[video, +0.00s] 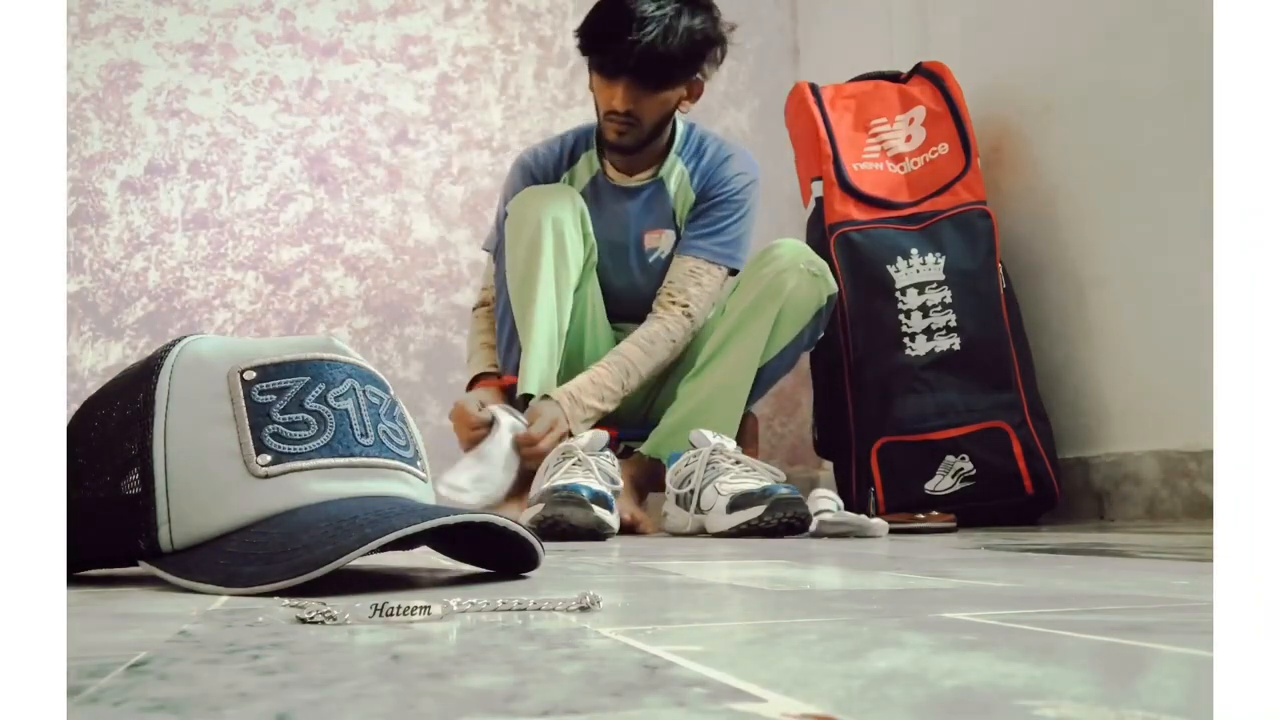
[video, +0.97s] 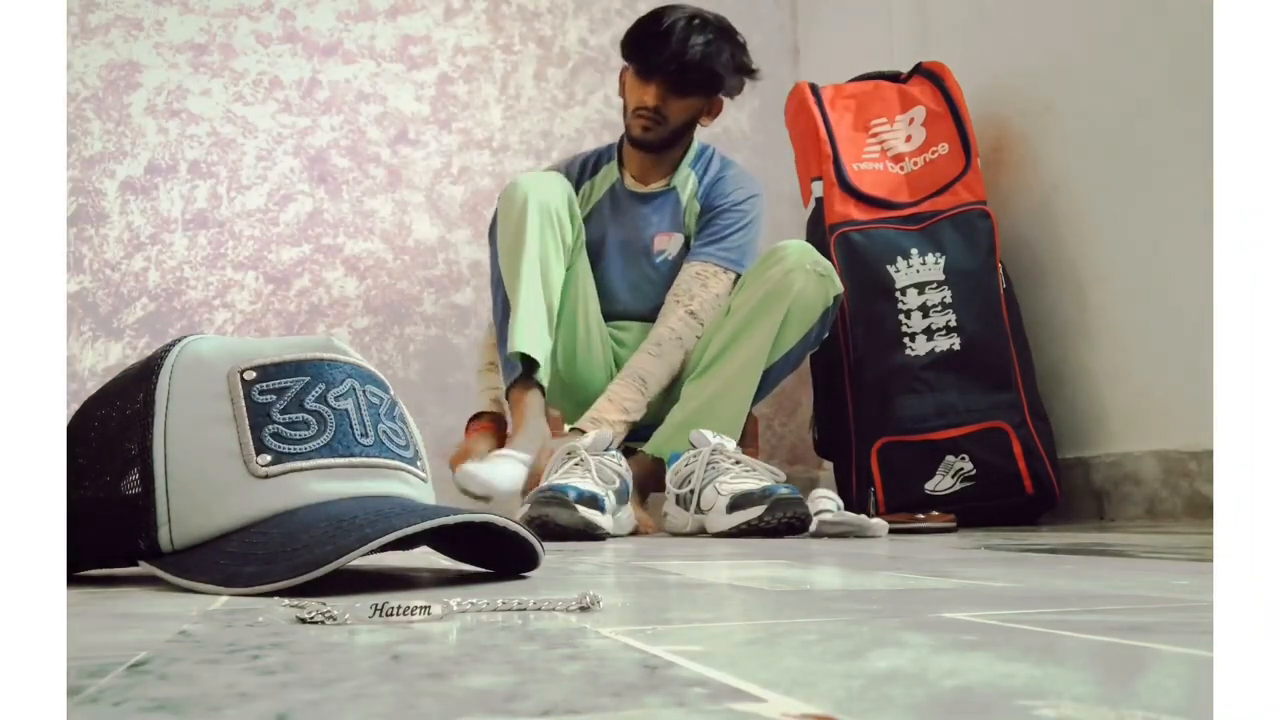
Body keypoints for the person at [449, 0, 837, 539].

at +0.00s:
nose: (619, 102)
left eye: (645, 86)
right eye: (607, 76)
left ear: (689, 92)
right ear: (589, 70)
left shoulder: (725, 173)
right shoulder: (541, 169)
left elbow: (676, 318)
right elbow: (493, 300)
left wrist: (571, 405)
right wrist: (486, 386)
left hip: (675, 378)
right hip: (577, 374)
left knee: (795, 264)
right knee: (542, 202)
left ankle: (649, 471)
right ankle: (565, 455)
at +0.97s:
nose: (651, 99)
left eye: (677, 89)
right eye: (643, 77)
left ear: (711, 110)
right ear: (624, 76)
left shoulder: (732, 194)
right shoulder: (565, 183)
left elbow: (681, 325)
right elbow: (509, 316)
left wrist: (594, 435)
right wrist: (488, 427)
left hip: (683, 376)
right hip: (585, 372)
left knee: (802, 264)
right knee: (532, 190)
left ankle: (641, 475)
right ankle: (527, 433)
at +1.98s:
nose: (672, 136)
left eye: (694, 125)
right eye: (663, 112)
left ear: (724, 117)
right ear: (637, 84)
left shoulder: (745, 187)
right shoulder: (569, 173)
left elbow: (709, 315)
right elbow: (508, 287)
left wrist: (609, 386)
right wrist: (486, 372)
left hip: (689, 376)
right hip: (587, 363)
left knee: (827, 279)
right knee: (550, 210)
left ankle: (655, 475)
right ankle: (524, 464)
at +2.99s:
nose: (658, 126)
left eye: (674, 101)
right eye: (635, 105)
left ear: (693, 89)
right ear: (596, 99)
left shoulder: (728, 178)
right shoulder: (554, 165)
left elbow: (798, 296)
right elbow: (607, 310)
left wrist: (828, 372)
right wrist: (726, 363)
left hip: (702, 387)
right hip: (603, 380)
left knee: (751, 201)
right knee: (495, 251)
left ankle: (722, 460)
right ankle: (585, 461)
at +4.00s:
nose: (719, 112)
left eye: (736, 88)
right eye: (699, 88)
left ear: (758, 86)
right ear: (653, 85)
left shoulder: (773, 188)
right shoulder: (597, 172)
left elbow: (812, 331)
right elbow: (643, 334)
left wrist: (856, 429)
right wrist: (767, 430)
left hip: (716, 386)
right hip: (615, 380)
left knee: (770, 204)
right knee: (514, 247)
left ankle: (722, 457)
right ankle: (592, 457)